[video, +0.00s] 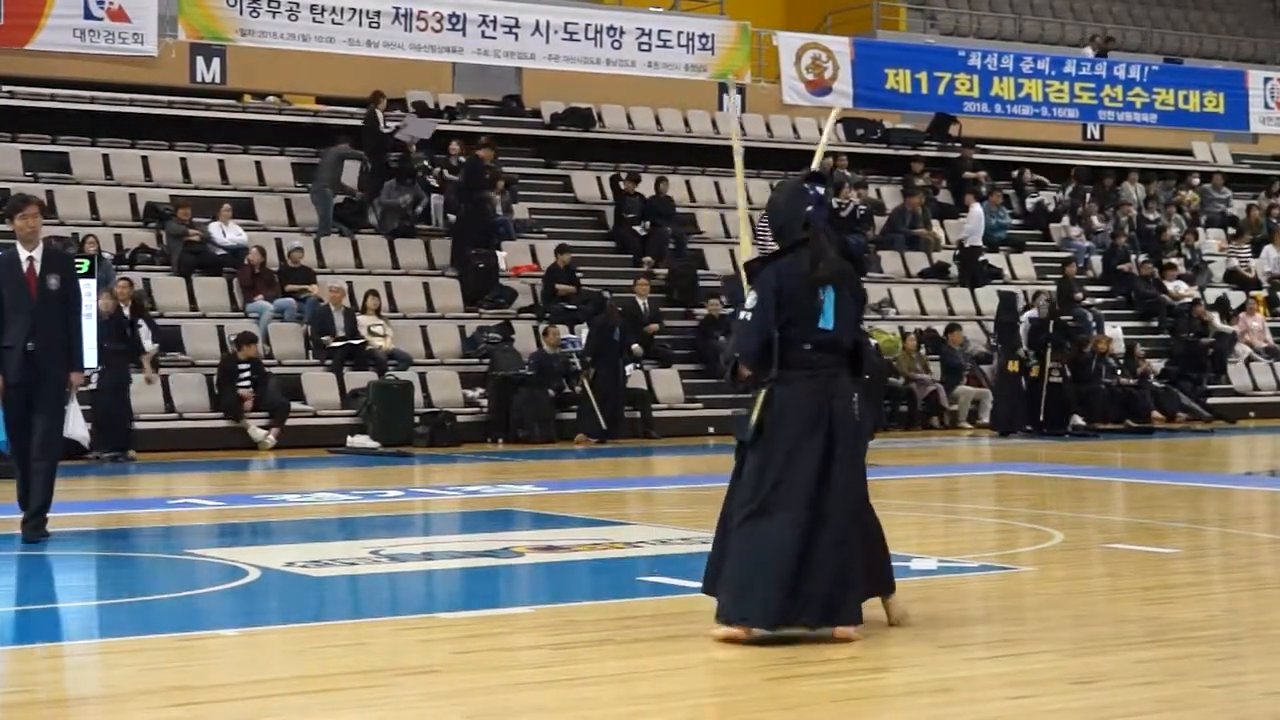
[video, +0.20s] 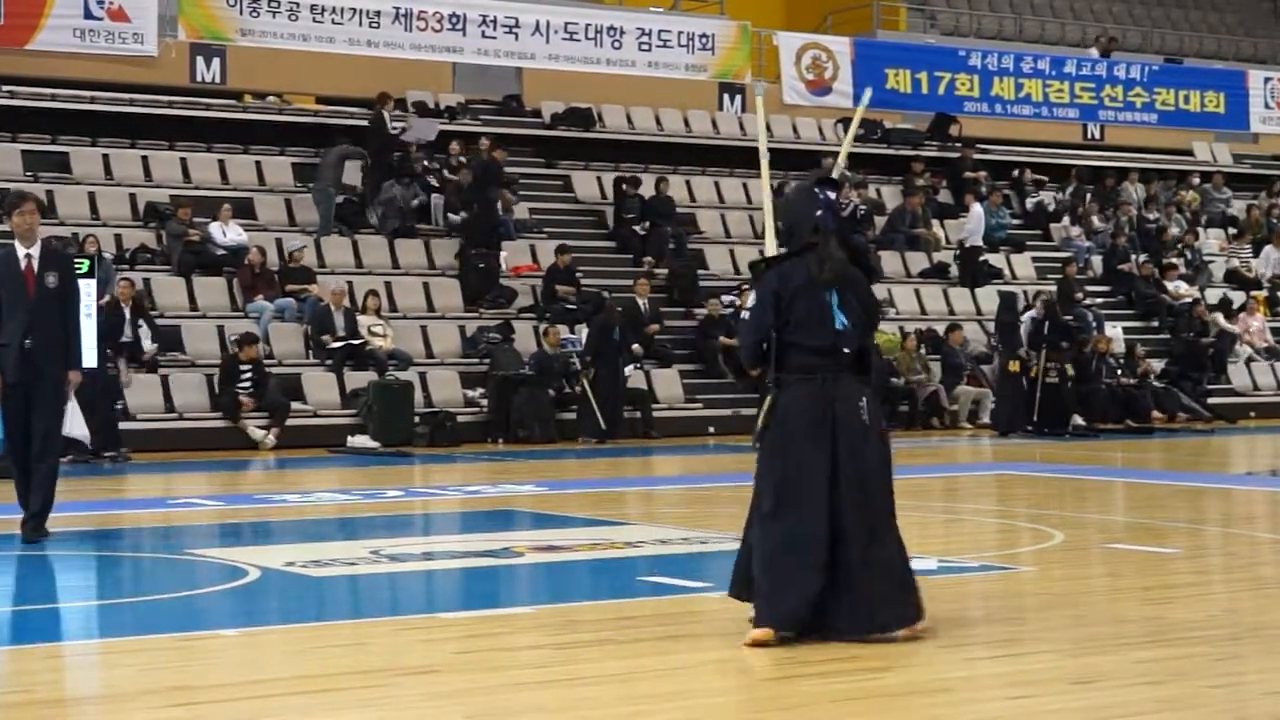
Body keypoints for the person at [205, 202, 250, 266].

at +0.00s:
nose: (227, 213)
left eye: (229, 211)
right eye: (225, 211)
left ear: (231, 213)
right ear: (219, 213)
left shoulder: (235, 226)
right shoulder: (213, 226)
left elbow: (245, 240)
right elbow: (220, 241)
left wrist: (228, 239)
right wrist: (239, 244)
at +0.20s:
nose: (227, 213)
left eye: (229, 210)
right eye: (225, 210)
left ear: (231, 212)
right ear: (219, 212)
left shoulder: (235, 226)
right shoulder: (213, 226)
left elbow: (245, 240)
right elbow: (220, 241)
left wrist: (228, 239)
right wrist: (240, 243)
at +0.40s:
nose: (228, 213)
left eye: (230, 210)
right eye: (225, 210)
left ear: (232, 212)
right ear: (219, 212)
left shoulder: (235, 226)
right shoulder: (214, 225)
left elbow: (246, 240)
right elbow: (221, 242)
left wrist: (229, 239)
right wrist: (241, 244)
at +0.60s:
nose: (230, 213)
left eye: (231, 211)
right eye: (227, 211)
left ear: (233, 212)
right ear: (220, 212)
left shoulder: (236, 226)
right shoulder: (214, 225)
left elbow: (246, 240)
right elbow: (221, 241)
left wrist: (229, 239)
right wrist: (242, 244)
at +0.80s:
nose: (229, 213)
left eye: (230, 210)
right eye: (226, 210)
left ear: (232, 212)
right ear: (219, 213)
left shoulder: (236, 226)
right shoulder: (214, 225)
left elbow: (246, 240)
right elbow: (221, 241)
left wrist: (229, 239)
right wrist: (241, 244)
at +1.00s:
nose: (229, 213)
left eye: (230, 210)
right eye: (226, 210)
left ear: (232, 212)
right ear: (219, 213)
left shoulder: (236, 226)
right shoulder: (214, 225)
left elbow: (246, 240)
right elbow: (221, 241)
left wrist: (229, 239)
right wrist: (241, 244)